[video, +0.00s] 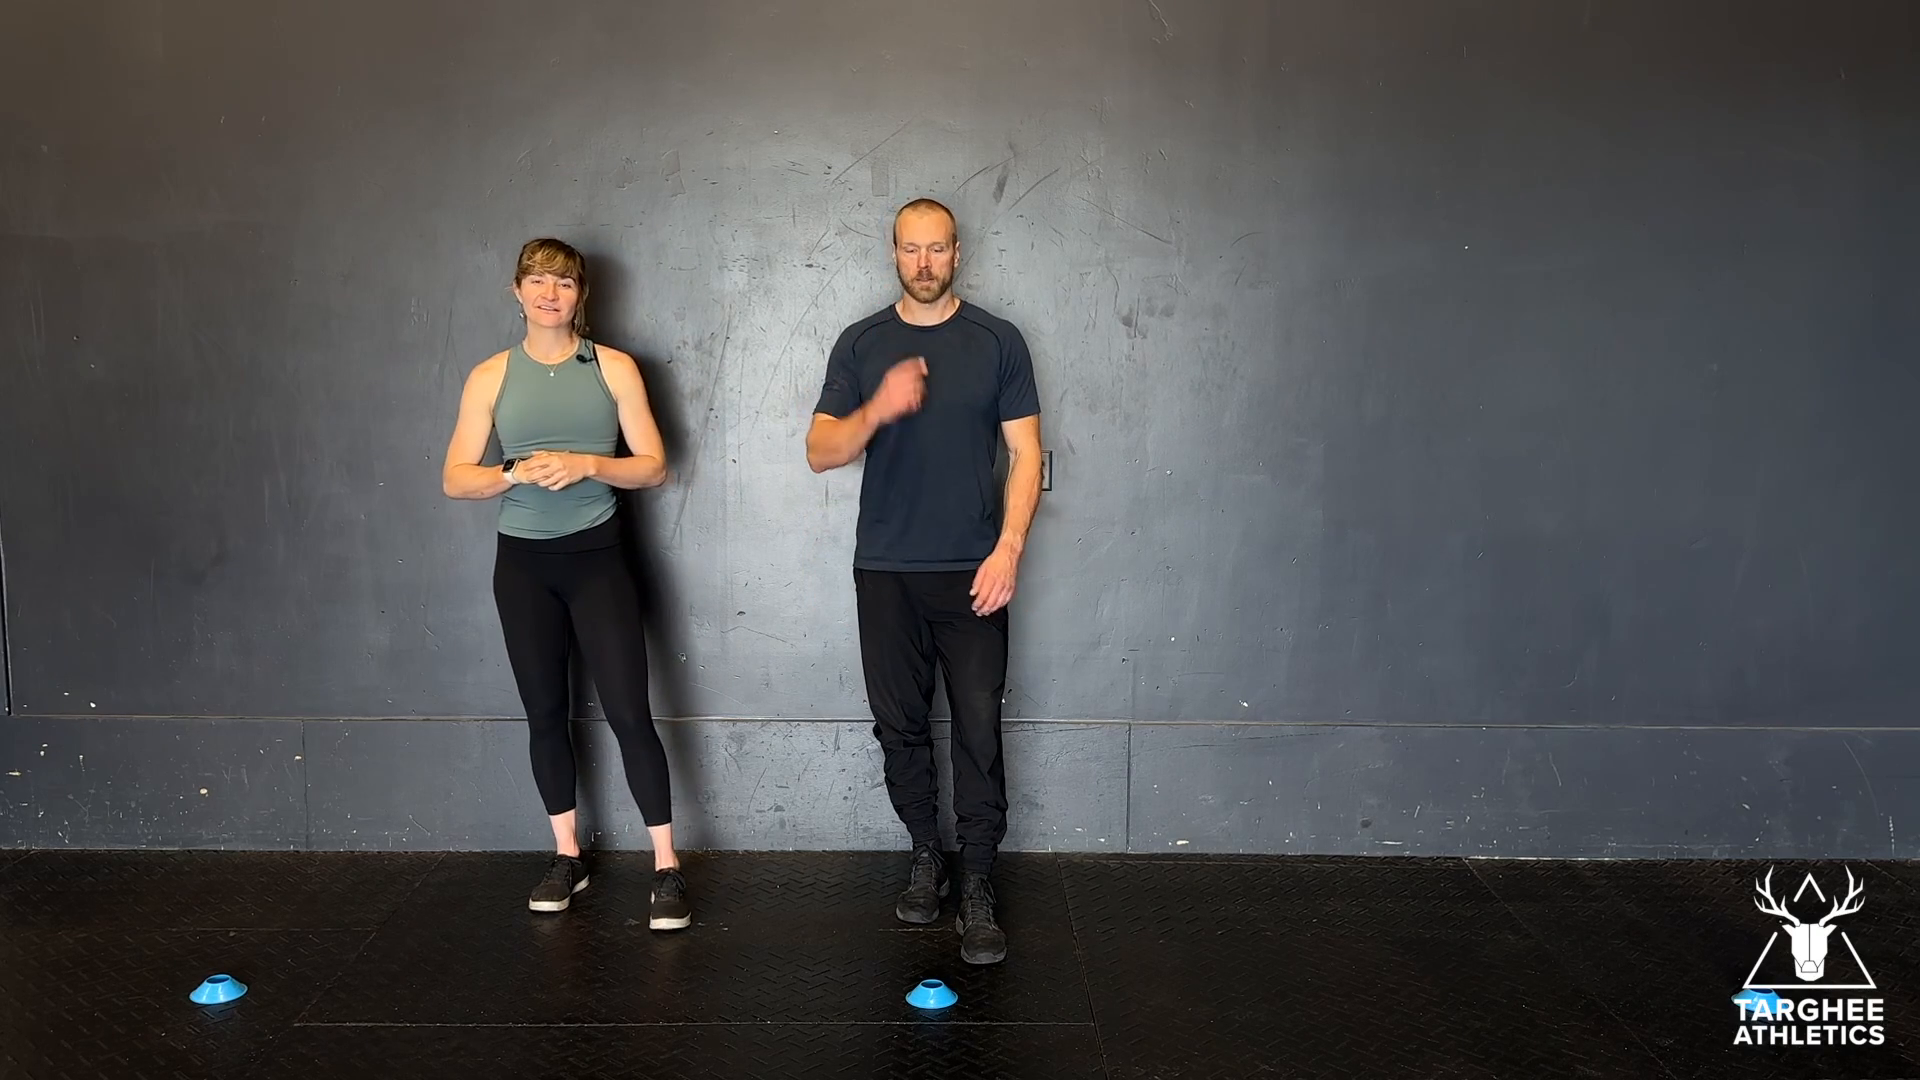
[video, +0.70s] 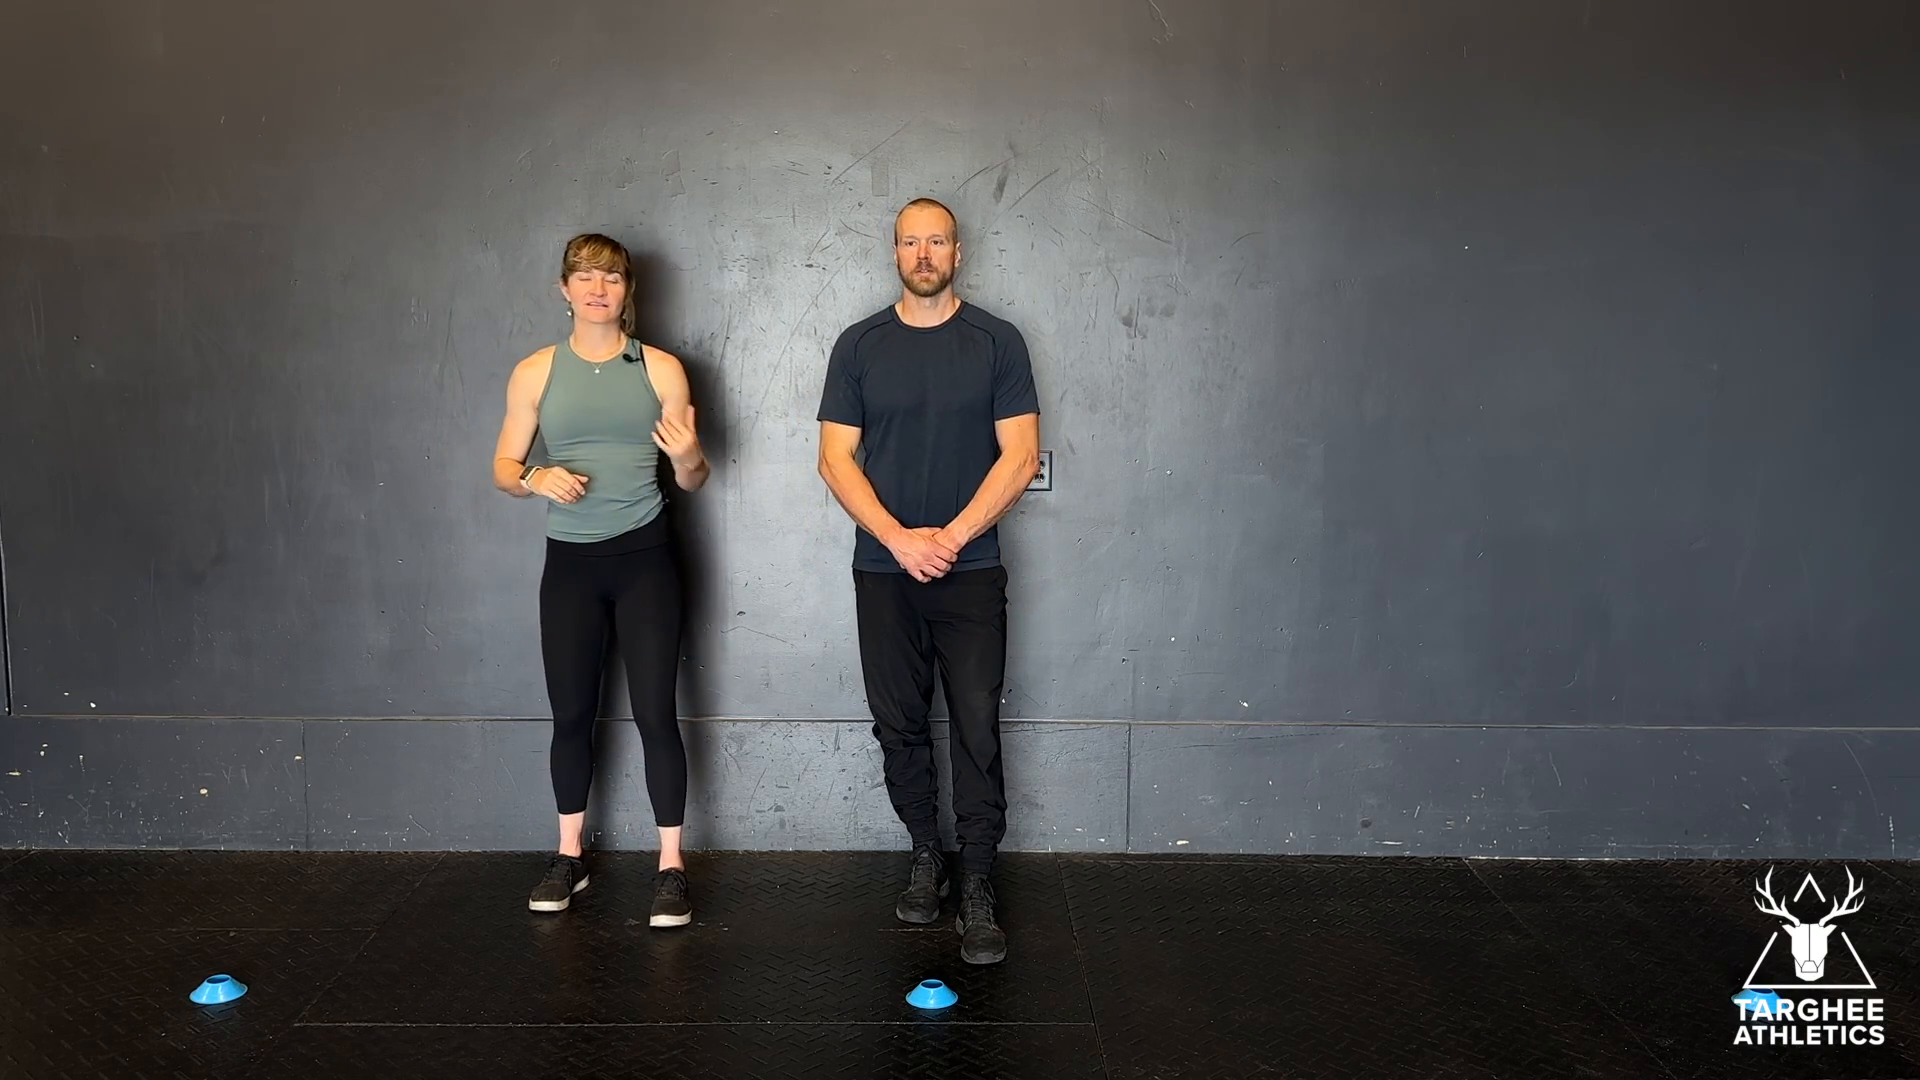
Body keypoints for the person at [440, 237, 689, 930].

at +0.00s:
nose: (549, 289)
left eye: (561, 279)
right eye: (536, 279)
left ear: (580, 293)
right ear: (518, 291)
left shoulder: (615, 368)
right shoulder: (490, 376)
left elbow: (653, 468)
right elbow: (455, 478)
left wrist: (585, 465)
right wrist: (514, 473)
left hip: (599, 557)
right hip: (523, 563)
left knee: (629, 711)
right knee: (545, 712)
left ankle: (665, 866)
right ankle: (568, 858)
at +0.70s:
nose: (599, 286)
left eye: (611, 275)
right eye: (585, 275)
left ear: (627, 288)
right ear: (566, 289)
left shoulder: (661, 370)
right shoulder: (535, 373)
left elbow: (691, 480)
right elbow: (506, 468)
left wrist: (688, 455)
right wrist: (537, 477)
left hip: (646, 558)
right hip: (570, 563)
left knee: (655, 712)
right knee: (571, 713)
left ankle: (671, 866)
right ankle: (570, 857)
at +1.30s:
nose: (681, 295)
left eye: (690, 284)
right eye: (666, 283)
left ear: (699, 295)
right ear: (637, 292)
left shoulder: (719, 381)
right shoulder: (597, 367)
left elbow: (739, 487)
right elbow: (556, 461)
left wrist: (791, 472)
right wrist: (602, 482)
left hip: (692, 561)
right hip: (615, 563)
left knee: (682, 715)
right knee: (585, 723)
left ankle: (674, 865)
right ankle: (575, 844)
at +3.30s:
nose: (691, 315)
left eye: (698, 301)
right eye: (677, 303)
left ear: (704, 301)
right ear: (642, 303)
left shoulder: (727, 374)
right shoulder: (604, 374)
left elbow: (740, 469)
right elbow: (572, 470)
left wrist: (776, 535)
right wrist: (592, 530)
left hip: (700, 561)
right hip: (623, 563)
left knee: (684, 715)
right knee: (603, 722)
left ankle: (675, 867)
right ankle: (634, 843)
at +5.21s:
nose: (678, 322)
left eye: (687, 309)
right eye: (664, 311)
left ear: (701, 302)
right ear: (640, 307)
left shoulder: (733, 374)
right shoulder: (609, 372)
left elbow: (751, 475)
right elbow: (587, 473)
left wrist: (767, 562)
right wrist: (589, 558)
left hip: (703, 561)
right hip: (626, 563)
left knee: (687, 716)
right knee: (608, 722)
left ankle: (676, 864)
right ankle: (634, 842)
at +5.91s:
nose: (657, 317)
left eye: (668, 302)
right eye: (644, 305)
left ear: (689, 299)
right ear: (628, 306)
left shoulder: (725, 375)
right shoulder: (606, 374)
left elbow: (752, 475)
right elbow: (557, 469)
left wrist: (779, 560)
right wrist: (501, 547)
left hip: (699, 561)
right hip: (623, 561)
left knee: (682, 714)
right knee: (595, 716)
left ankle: (674, 868)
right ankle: (634, 847)